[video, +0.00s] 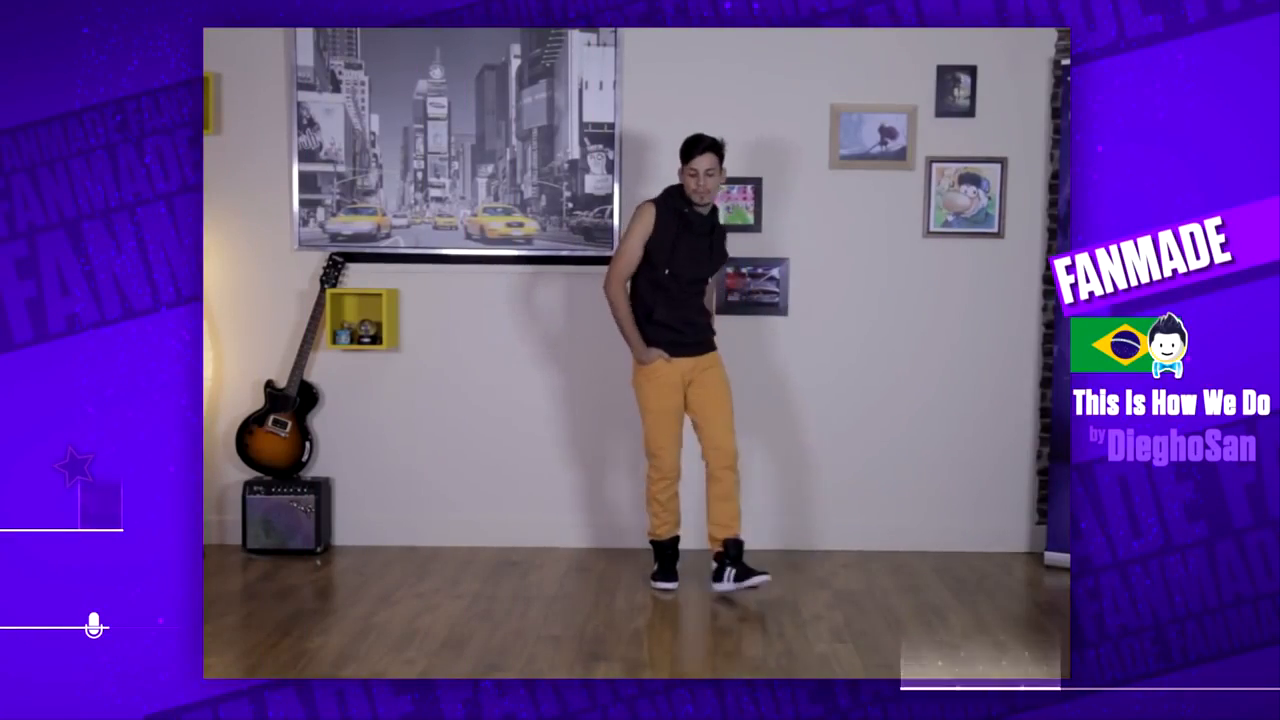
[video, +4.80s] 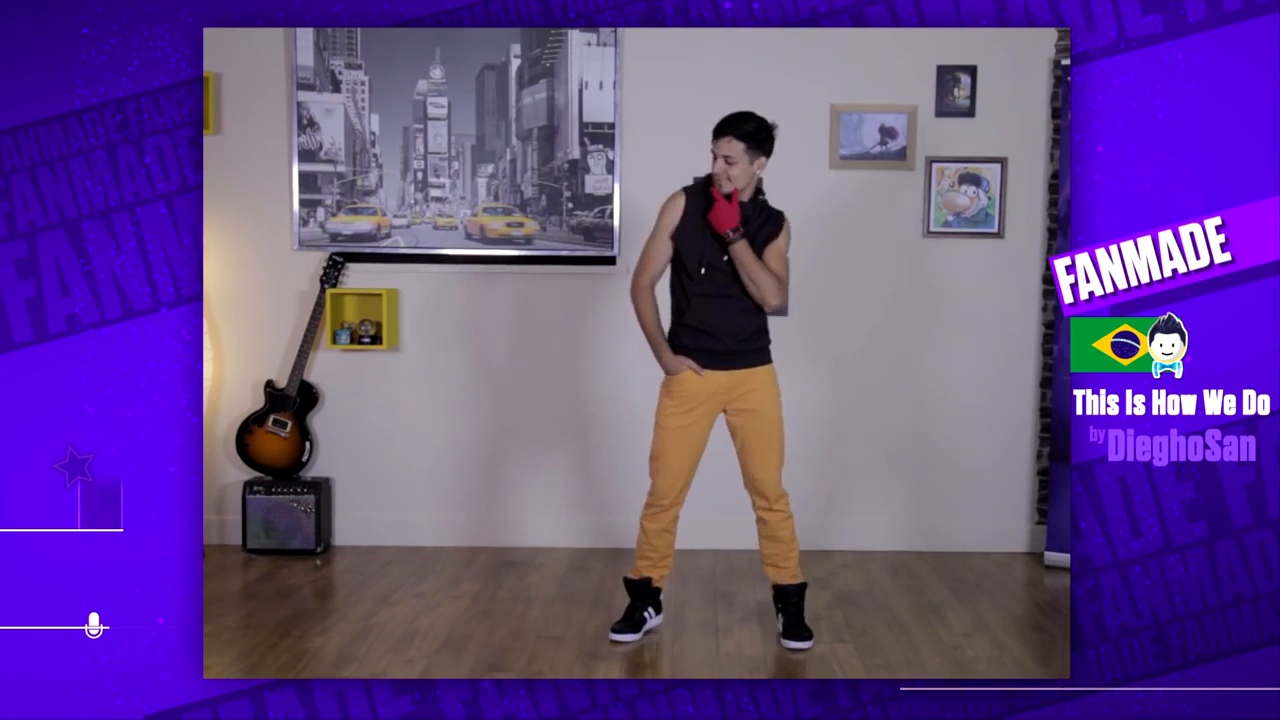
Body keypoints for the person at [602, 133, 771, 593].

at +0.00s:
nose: (702, 182)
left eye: (711, 174)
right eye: (694, 173)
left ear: (722, 177)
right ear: (681, 173)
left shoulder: (715, 224)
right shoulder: (652, 214)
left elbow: (709, 286)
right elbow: (614, 283)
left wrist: (707, 332)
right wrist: (640, 350)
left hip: (704, 358)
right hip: (659, 362)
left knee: (723, 457)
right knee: (665, 464)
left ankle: (727, 562)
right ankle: (665, 558)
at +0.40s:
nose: (704, 174)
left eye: (713, 165)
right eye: (696, 166)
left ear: (729, 172)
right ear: (686, 173)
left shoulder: (741, 240)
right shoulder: (661, 217)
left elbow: (757, 321)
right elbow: (629, 286)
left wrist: (757, 391)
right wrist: (633, 346)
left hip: (710, 366)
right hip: (656, 363)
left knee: (716, 469)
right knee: (664, 469)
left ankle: (730, 576)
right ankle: (667, 556)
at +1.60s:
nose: (734, 162)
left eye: (746, 154)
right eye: (727, 152)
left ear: (763, 162)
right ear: (718, 156)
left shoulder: (779, 218)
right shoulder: (690, 217)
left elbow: (798, 291)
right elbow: (657, 293)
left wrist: (811, 347)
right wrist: (679, 352)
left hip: (763, 369)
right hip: (706, 366)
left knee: (744, 478)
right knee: (690, 472)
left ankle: (733, 579)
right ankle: (683, 545)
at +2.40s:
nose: (707, 153)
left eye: (719, 145)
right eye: (700, 144)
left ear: (736, 155)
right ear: (690, 151)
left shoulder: (753, 226)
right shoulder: (658, 209)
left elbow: (767, 307)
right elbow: (625, 289)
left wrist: (747, 331)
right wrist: (650, 352)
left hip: (736, 376)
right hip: (677, 374)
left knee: (751, 483)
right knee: (661, 488)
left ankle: (737, 579)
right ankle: (643, 597)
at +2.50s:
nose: (696, 153)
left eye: (708, 146)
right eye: (689, 144)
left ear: (724, 157)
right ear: (677, 151)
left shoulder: (746, 219)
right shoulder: (649, 215)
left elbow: (764, 305)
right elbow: (612, 293)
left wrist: (720, 289)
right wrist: (644, 354)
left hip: (735, 376)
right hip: (673, 375)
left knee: (758, 481)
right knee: (660, 489)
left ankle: (750, 576)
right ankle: (644, 598)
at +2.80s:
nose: (725, 166)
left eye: (735, 157)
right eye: (715, 156)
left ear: (745, 157)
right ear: (696, 156)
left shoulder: (757, 202)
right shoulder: (684, 218)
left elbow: (742, 273)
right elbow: (662, 297)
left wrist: (710, 208)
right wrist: (664, 347)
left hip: (752, 378)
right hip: (691, 375)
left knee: (774, 494)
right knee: (665, 492)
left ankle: (800, 604)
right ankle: (653, 600)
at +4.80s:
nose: (719, 168)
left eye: (731, 160)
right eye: (715, 157)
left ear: (760, 164)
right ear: (710, 157)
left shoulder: (773, 225)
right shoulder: (684, 205)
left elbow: (775, 299)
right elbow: (641, 285)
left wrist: (733, 236)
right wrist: (663, 354)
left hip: (753, 378)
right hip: (690, 376)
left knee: (769, 491)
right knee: (663, 493)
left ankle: (789, 603)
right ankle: (644, 599)